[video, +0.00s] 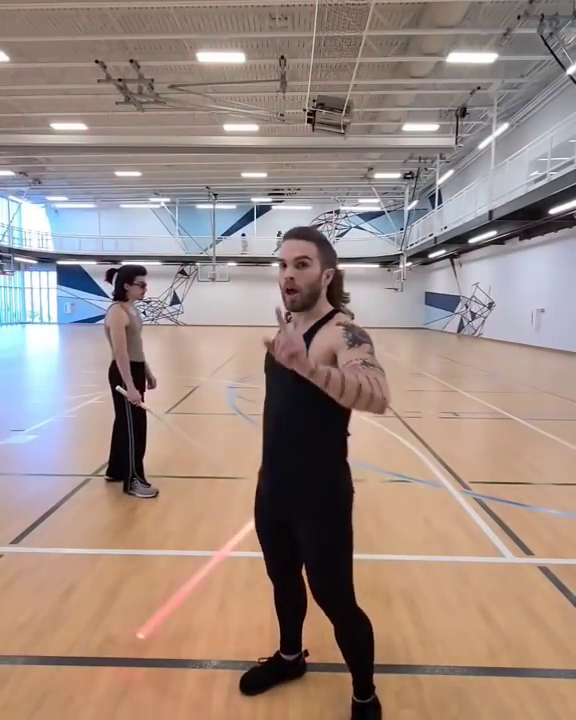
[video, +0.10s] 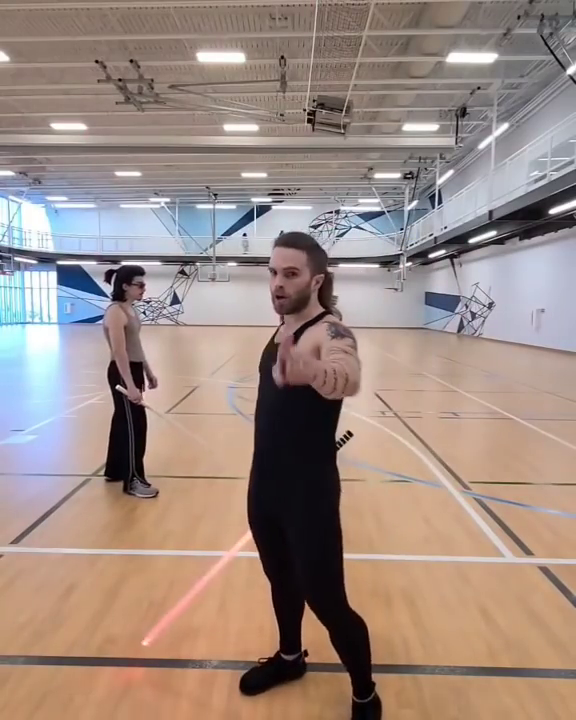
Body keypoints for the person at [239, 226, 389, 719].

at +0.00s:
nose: (288, 275)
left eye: (301, 265)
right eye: (282, 266)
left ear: (328, 275)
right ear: (277, 275)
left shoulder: (344, 333)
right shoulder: (286, 332)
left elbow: (377, 394)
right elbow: (280, 415)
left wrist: (307, 368)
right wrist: (268, 477)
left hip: (321, 491)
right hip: (275, 485)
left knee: (336, 599)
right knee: (283, 576)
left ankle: (364, 696)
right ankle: (290, 655)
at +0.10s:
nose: (278, 283)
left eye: (291, 274)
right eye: (273, 273)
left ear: (318, 280)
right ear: (269, 276)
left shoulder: (333, 332)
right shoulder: (285, 333)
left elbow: (348, 377)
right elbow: (276, 415)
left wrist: (306, 370)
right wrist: (262, 477)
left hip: (310, 488)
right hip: (269, 483)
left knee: (328, 602)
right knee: (281, 576)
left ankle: (364, 694)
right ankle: (290, 655)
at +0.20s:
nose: (271, 284)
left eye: (284, 276)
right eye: (267, 274)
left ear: (312, 282)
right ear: (265, 276)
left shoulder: (320, 332)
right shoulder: (284, 330)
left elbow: (330, 372)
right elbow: (272, 415)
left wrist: (295, 380)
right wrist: (258, 473)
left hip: (301, 487)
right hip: (266, 482)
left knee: (316, 603)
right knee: (277, 575)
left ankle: (364, 692)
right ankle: (290, 655)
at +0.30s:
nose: (269, 284)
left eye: (281, 274)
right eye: (265, 274)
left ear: (309, 280)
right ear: (263, 277)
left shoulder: (317, 331)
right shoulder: (281, 331)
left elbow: (326, 372)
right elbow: (269, 420)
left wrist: (296, 379)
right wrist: (254, 476)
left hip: (299, 487)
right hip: (266, 483)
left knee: (304, 602)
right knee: (277, 576)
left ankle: (356, 690)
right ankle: (290, 655)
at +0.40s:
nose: (271, 284)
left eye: (283, 275)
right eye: (266, 274)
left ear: (309, 280)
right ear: (262, 276)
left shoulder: (319, 331)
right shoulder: (280, 332)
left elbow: (327, 369)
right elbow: (268, 418)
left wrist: (294, 378)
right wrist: (254, 475)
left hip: (300, 486)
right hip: (267, 481)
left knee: (298, 598)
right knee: (279, 574)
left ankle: (346, 690)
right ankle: (289, 655)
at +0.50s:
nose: (274, 283)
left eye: (286, 275)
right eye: (269, 274)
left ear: (312, 280)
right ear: (263, 276)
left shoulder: (322, 331)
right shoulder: (281, 331)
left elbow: (331, 375)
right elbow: (271, 412)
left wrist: (296, 385)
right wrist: (255, 462)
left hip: (303, 483)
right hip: (268, 478)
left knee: (298, 599)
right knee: (280, 574)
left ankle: (342, 690)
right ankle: (289, 655)